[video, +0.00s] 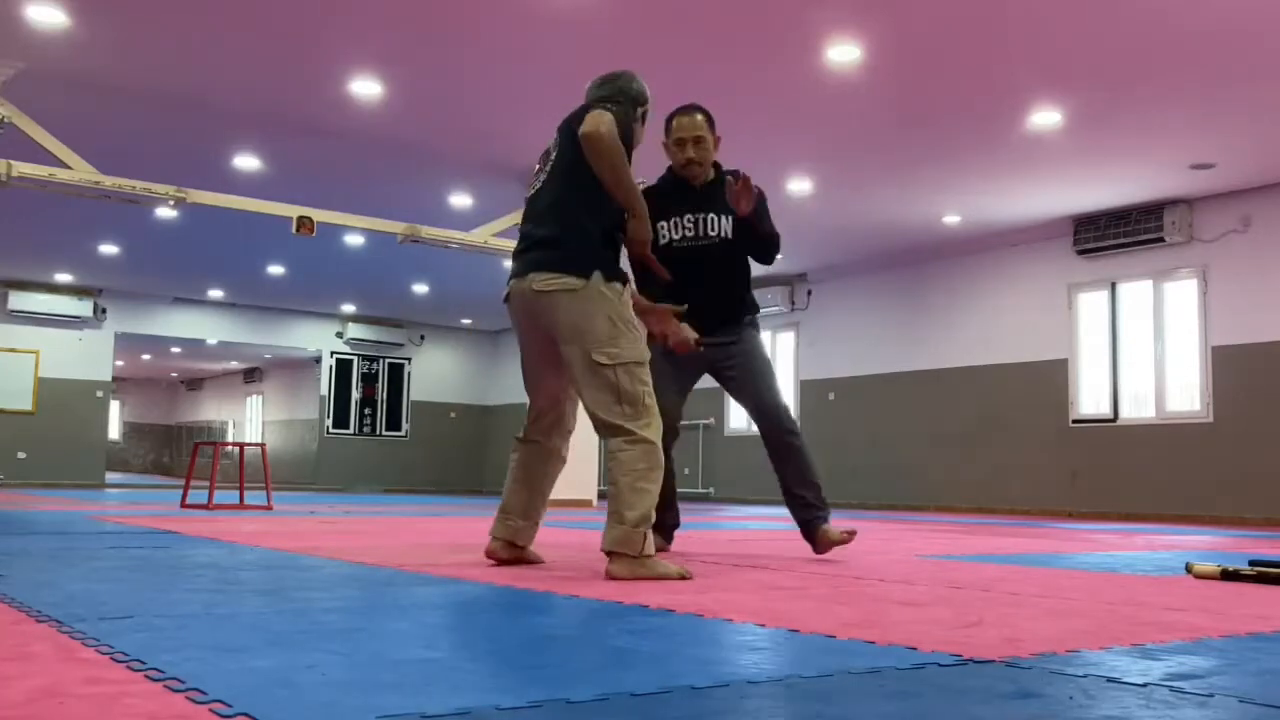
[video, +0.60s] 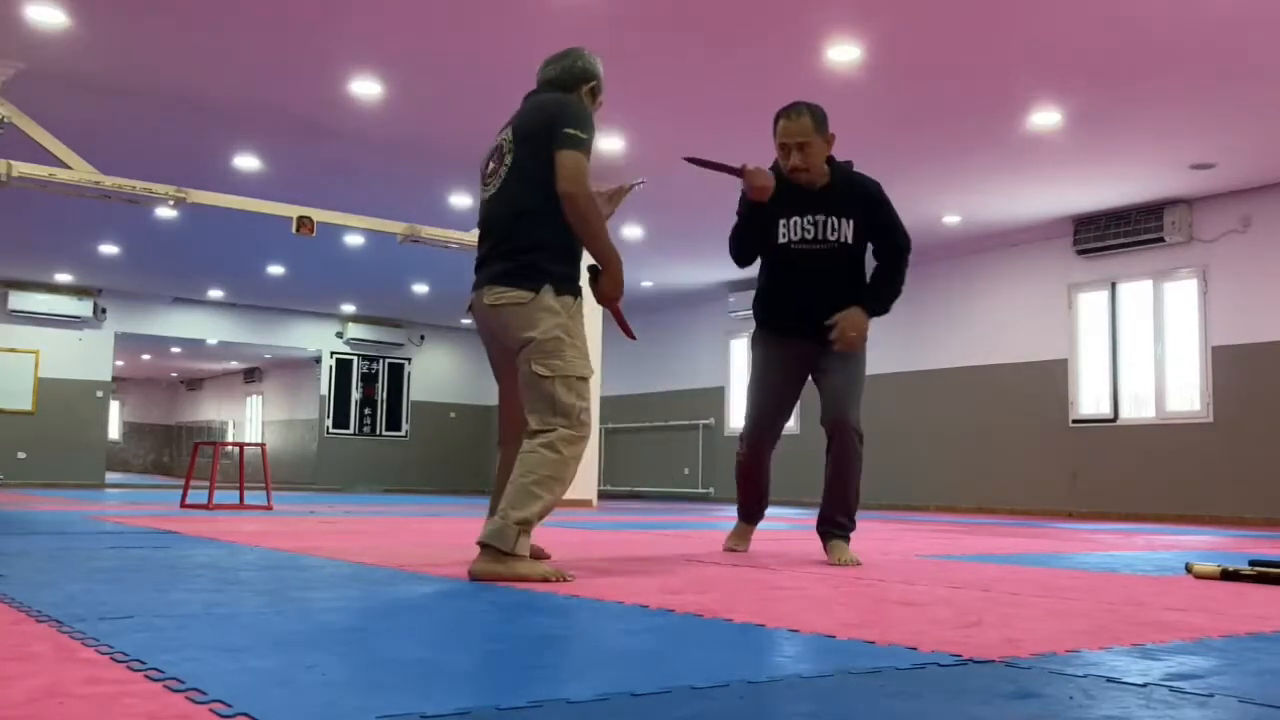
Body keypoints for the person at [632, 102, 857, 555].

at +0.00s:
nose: (690, 153)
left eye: (698, 142)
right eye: (680, 144)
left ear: (716, 143)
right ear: (666, 147)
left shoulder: (740, 192)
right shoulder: (647, 203)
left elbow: (767, 254)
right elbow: (635, 276)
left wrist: (750, 215)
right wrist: (659, 318)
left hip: (734, 335)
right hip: (673, 338)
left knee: (777, 420)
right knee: (654, 430)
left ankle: (816, 526)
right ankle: (659, 529)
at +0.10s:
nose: (705, 150)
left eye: (715, 140)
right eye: (696, 143)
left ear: (736, 142)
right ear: (686, 148)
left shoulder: (761, 186)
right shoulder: (674, 203)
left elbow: (772, 246)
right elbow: (656, 264)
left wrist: (740, 209)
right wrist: (652, 322)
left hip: (761, 334)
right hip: (700, 338)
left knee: (796, 424)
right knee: (667, 434)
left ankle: (834, 531)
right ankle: (661, 530)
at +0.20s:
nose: (724, 152)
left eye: (734, 140)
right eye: (715, 143)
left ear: (758, 137)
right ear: (707, 145)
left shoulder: (785, 177)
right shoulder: (714, 189)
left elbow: (771, 246)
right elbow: (710, 247)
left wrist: (706, 244)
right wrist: (697, 283)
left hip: (794, 327)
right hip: (736, 330)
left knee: (815, 422)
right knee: (701, 429)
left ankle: (840, 536)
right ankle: (673, 533)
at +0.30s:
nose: (749, 151)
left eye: (759, 139)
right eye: (740, 142)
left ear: (784, 136)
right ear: (733, 143)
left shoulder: (807, 184)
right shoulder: (744, 185)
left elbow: (763, 247)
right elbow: (763, 243)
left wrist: (688, 281)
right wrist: (736, 244)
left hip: (813, 323)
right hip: (756, 323)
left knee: (821, 419)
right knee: (728, 425)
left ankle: (841, 536)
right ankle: (741, 525)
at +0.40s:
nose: (769, 151)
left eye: (778, 140)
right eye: (760, 142)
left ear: (804, 136)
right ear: (752, 144)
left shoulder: (829, 186)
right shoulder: (749, 187)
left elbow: (801, 268)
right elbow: (744, 255)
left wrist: (731, 313)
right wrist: (737, 238)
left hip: (828, 323)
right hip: (772, 324)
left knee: (830, 419)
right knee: (751, 429)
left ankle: (842, 535)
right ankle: (778, 521)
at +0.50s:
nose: (783, 158)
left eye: (793, 146)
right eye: (773, 148)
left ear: (818, 141)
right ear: (764, 147)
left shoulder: (851, 193)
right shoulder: (753, 194)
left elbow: (856, 279)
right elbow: (730, 270)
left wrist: (792, 319)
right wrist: (753, 226)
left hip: (838, 327)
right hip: (777, 328)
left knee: (838, 422)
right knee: (758, 434)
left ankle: (839, 535)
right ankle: (765, 519)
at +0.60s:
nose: (793, 161)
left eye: (804, 149)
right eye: (785, 150)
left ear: (828, 144)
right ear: (774, 148)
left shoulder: (861, 192)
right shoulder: (766, 192)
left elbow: (896, 251)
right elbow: (742, 256)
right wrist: (756, 202)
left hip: (840, 332)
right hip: (779, 331)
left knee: (844, 427)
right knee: (758, 432)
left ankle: (837, 535)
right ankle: (747, 518)